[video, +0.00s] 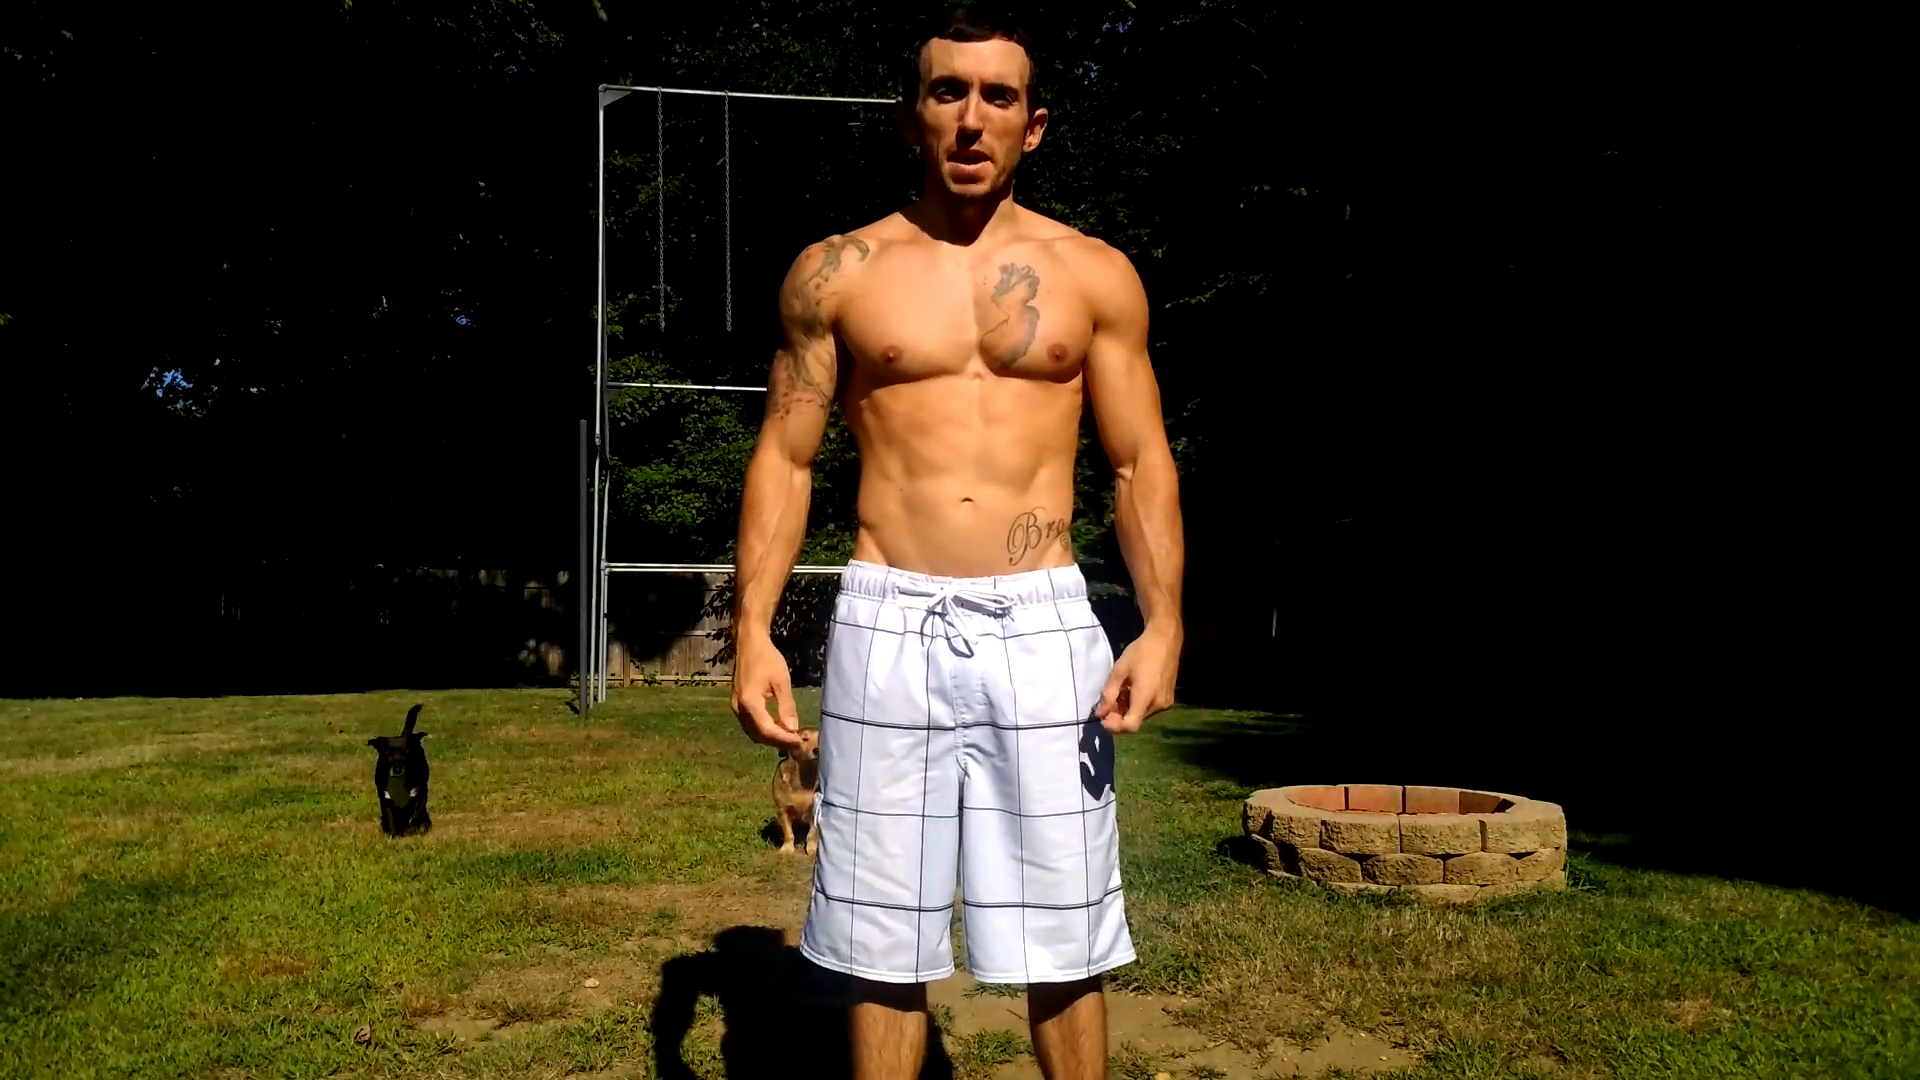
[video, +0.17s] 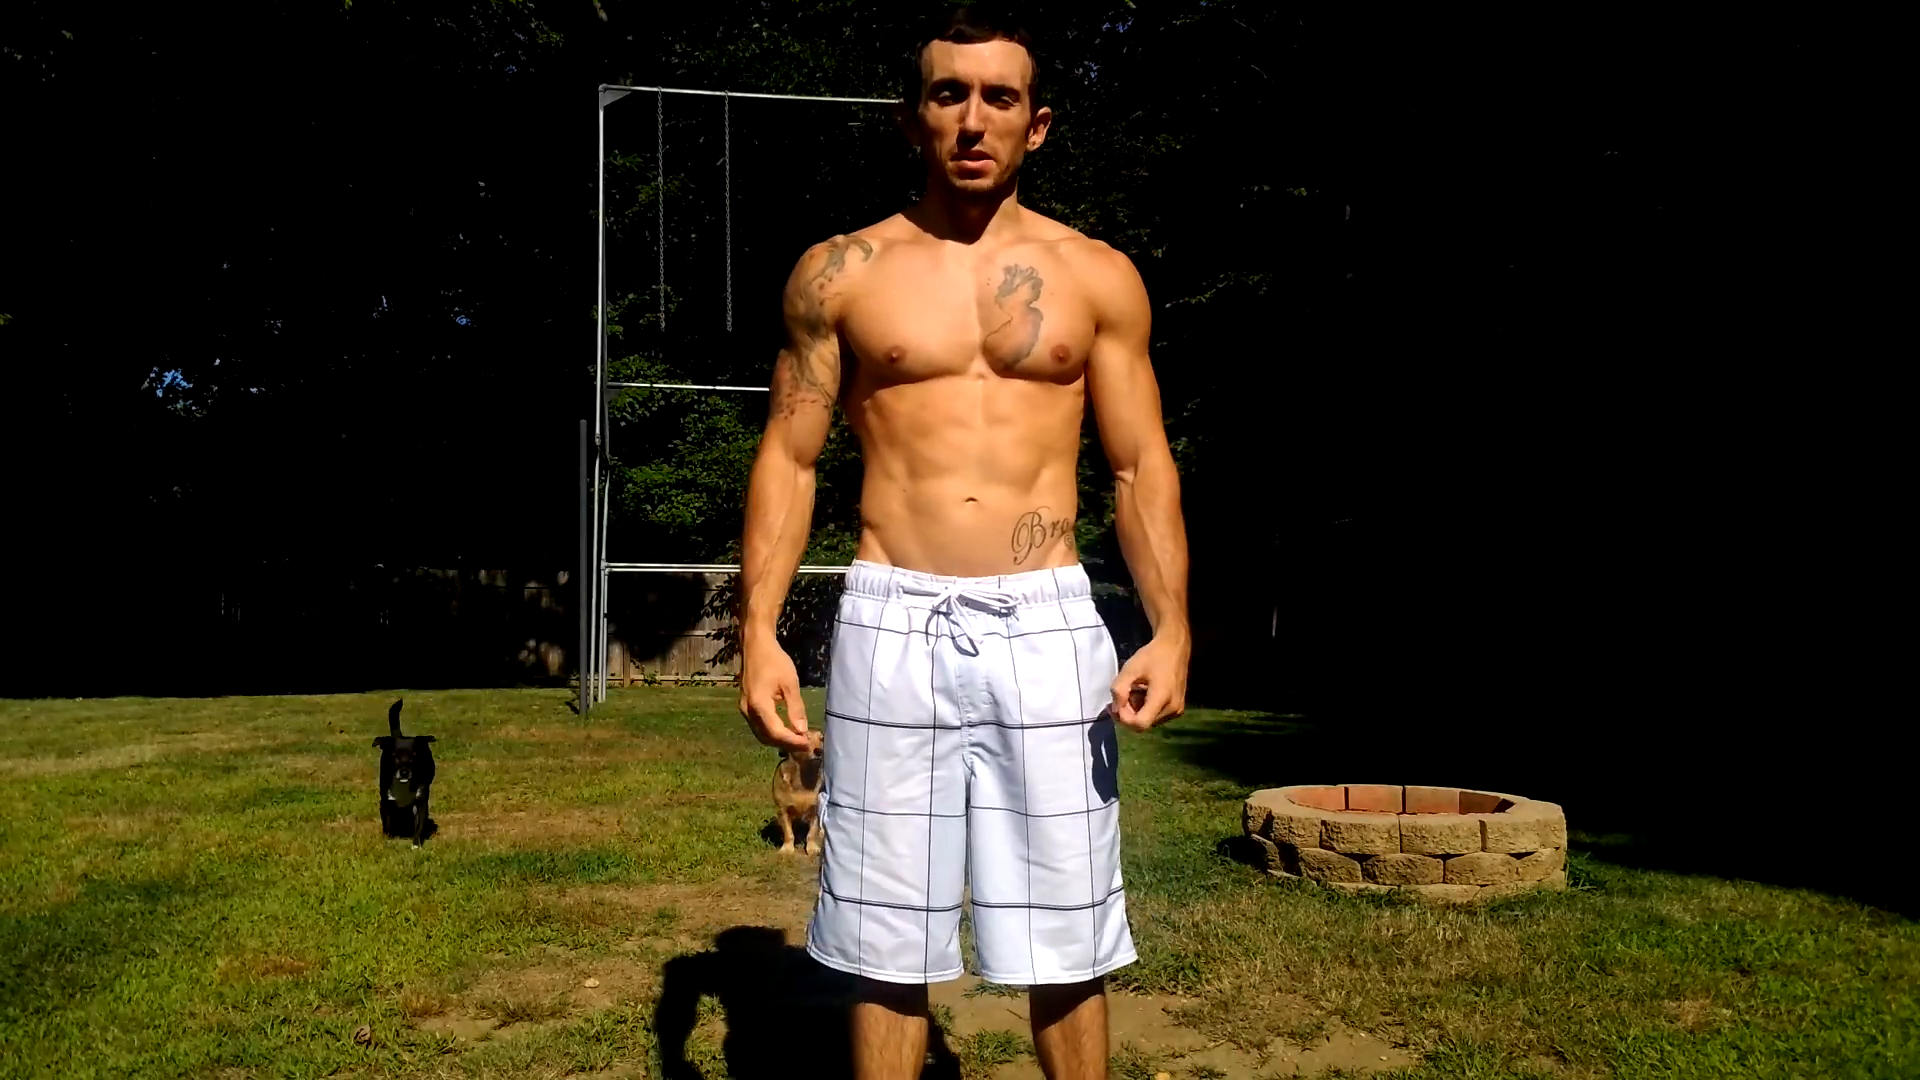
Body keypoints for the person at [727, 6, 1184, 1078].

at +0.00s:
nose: (971, 118)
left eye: (999, 98)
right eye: (948, 93)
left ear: (1030, 123)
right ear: (912, 113)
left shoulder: (1095, 274)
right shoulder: (832, 274)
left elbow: (1141, 461)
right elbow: (785, 456)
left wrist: (1164, 626)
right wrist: (752, 631)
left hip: (1042, 623)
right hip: (884, 620)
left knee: (1064, 953)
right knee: (880, 951)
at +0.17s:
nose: (973, 120)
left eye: (1000, 99)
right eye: (950, 95)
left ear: (1034, 122)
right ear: (915, 115)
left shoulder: (1098, 276)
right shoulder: (836, 273)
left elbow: (1142, 463)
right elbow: (789, 454)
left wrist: (1171, 628)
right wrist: (759, 632)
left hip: (1047, 625)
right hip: (888, 622)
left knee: (1068, 953)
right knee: (884, 950)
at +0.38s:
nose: (969, 122)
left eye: (996, 101)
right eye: (946, 98)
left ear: (1032, 124)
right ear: (914, 117)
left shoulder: (1099, 276)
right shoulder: (837, 278)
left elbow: (1142, 467)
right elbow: (791, 459)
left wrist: (1169, 634)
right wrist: (759, 634)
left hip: (1051, 622)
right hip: (892, 620)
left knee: (1068, 951)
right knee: (886, 949)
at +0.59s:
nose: (968, 119)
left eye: (995, 99)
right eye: (945, 96)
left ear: (1031, 122)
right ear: (913, 117)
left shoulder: (1099, 276)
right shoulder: (839, 278)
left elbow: (1138, 469)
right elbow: (797, 464)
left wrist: (1164, 643)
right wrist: (762, 643)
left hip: (1052, 622)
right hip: (893, 622)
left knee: (1071, 951)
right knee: (887, 951)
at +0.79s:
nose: (970, 111)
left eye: (998, 92)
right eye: (949, 87)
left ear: (1034, 123)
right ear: (917, 112)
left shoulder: (1098, 274)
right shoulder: (838, 275)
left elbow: (1139, 462)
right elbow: (796, 459)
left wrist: (1177, 624)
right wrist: (758, 635)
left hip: (1049, 626)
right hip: (891, 626)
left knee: (1073, 958)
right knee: (883, 952)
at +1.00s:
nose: (973, 115)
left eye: (1001, 94)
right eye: (950, 90)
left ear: (1035, 124)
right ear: (918, 113)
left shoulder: (1099, 275)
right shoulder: (841, 274)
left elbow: (1144, 460)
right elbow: (794, 456)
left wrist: (1182, 623)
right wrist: (755, 633)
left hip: (1050, 623)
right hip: (893, 623)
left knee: (1070, 946)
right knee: (884, 945)